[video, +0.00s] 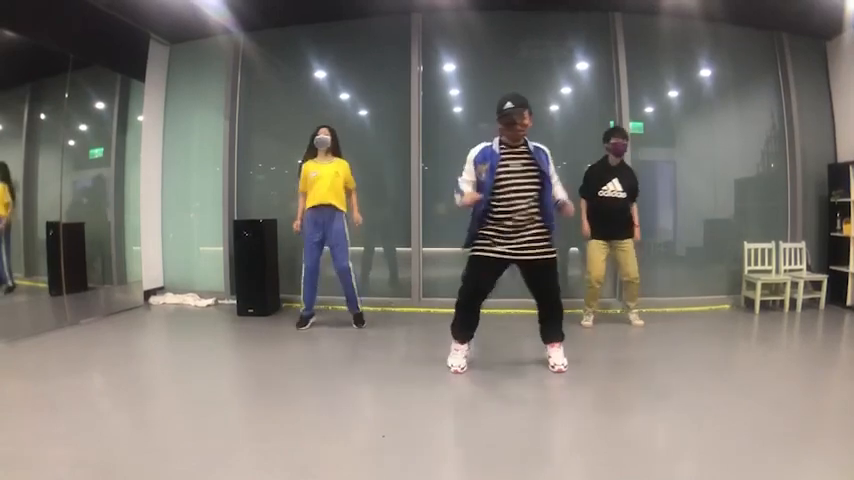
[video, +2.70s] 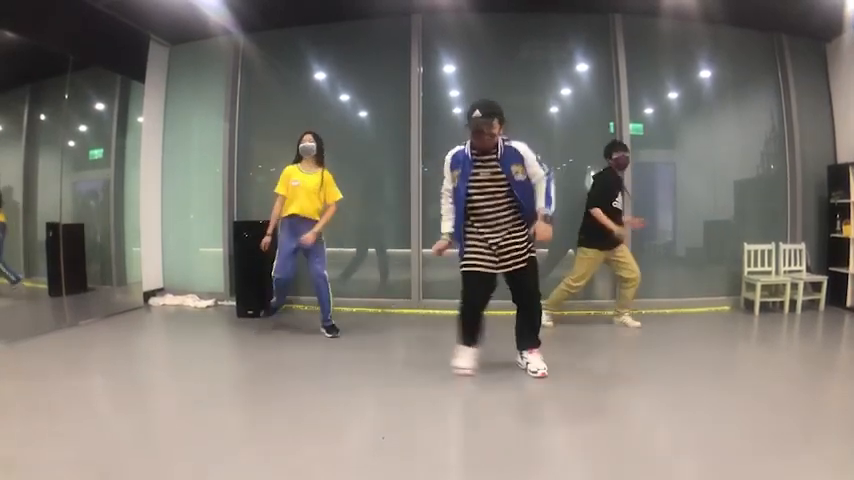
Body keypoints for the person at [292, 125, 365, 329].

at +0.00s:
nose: (322, 136)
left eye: (326, 134)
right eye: (319, 134)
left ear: (333, 141)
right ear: (314, 141)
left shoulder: (342, 164)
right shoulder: (307, 166)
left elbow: (351, 189)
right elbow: (302, 194)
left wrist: (355, 211)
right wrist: (299, 218)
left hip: (336, 213)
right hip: (312, 212)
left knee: (342, 264)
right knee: (310, 265)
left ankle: (355, 310)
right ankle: (307, 311)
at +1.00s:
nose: (308, 142)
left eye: (313, 139)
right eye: (305, 139)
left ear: (319, 146)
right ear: (300, 146)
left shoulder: (324, 169)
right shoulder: (292, 170)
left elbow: (333, 197)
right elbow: (282, 195)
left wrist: (325, 222)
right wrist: (272, 213)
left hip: (316, 217)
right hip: (296, 217)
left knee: (325, 269)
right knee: (295, 269)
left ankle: (340, 313)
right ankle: (296, 315)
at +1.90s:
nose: (298, 143)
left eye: (302, 140)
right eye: (295, 140)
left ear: (309, 144)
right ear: (291, 145)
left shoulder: (312, 162)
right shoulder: (291, 170)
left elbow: (321, 189)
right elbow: (287, 200)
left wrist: (295, 205)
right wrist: (271, 216)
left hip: (310, 217)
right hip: (290, 219)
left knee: (319, 267)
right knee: (277, 264)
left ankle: (331, 312)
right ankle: (280, 310)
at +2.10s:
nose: (283, 147)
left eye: (288, 144)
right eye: (281, 143)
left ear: (294, 149)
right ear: (275, 148)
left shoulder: (302, 172)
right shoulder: (268, 173)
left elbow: (311, 198)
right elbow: (260, 197)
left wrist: (301, 219)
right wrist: (264, 219)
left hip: (295, 220)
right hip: (274, 220)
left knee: (308, 268)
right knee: (270, 270)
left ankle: (327, 311)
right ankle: (265, 315)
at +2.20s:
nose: (282, 144)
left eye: (285, 141)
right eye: (278, 142)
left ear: (292, 146)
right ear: (273, 147)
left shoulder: (303, 171)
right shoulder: (267, 171)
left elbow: (307, 200)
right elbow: (263, 201)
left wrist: (311, 227)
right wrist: (264, 228)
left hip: (297, 218)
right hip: (274, 218)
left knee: (306, 259)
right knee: (271, 269)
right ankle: (266, 315)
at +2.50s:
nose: (291, 148)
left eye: (295, 145)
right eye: (287, 146)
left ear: (302, 150)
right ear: (282, 152)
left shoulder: (313, 177)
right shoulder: (277, 175)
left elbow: (327, 203)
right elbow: (259, 201)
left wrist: (323, 222)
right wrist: (263, 228)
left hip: (301, 226)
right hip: (278, 225)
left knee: (310, 268)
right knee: (269, 273)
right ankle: (258, 316)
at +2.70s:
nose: (307, 143)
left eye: (311, 141)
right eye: (303, 141)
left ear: (318, 147)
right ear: (298, 148)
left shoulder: (324, 175)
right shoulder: (289, 171)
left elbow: (332, 206)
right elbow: (279, 202)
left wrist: (314, 231)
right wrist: (269, 233)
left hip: (312, 224)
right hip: (288, 222)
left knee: (319, 273)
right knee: (281, 273)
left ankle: (327, 320)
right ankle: (277, 301)